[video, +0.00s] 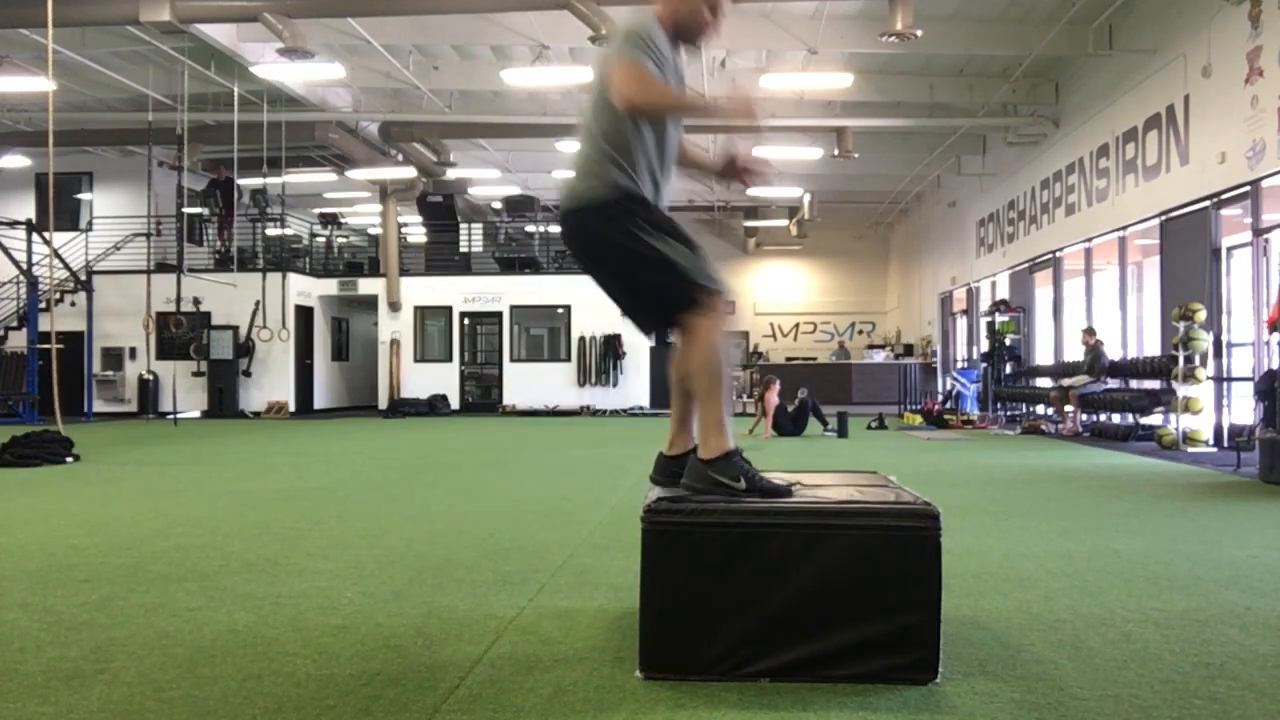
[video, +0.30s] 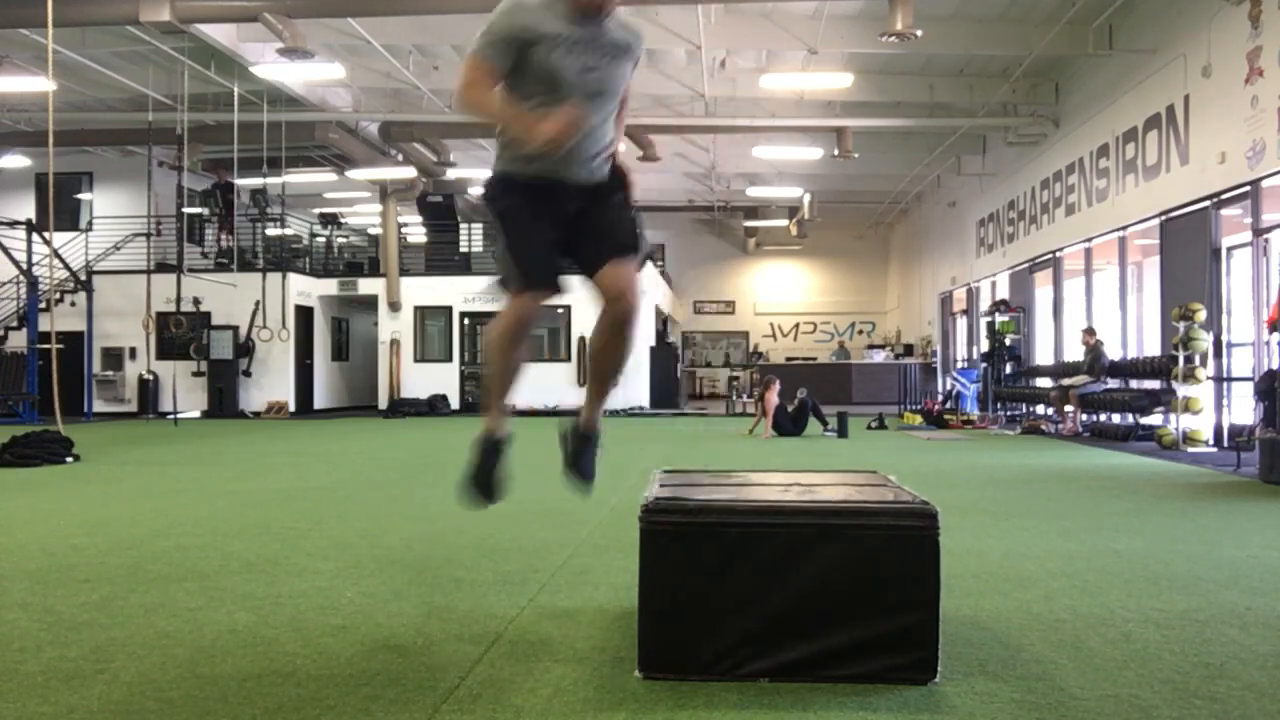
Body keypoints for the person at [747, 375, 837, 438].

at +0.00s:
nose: (779, 387)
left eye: (779, 384)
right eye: (777, 385)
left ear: (769, 386)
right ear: (772, 386)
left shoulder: (765, 396)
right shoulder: (771, 397)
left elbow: (759, 415)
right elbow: (769, 416)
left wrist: (751, 429)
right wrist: (767, 433)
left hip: (785, 430)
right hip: (793, 431)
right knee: (808, 401)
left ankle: (799, 402)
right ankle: (826, 426)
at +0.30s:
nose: (779, 387)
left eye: (778, 384)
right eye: (777, 384)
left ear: (768, 386)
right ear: (772, 386)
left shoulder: (765, 396)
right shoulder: (771, 396)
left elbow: (759, 415)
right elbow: (769, 416)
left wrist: (751, 430)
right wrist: (767, 433)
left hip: (785, 430)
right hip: (792, 431)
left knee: (808, 401)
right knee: (807, 402)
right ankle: (826, 426)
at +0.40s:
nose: (779, 387)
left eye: (778, 384)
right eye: (777, 384)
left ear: (768, 386)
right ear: (772, 386)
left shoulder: (765, 396)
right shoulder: (771, 396)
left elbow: (759, 415)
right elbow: (769, 416)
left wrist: (751, 430)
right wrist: (767, 433)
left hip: (785, 429)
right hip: (792, 431)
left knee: (809, 401)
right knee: (807, 401)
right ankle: (826, 426)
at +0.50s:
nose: (779, 387)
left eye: (778, 384)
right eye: (778, 384)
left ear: (767, 385)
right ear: (772, 385)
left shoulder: (765, 396)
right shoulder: (771, 396)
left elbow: (759, 416)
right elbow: (769, 416)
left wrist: (751, 430)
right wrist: (767, 433)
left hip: (785, 430)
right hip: (793, 430)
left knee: (808, 401)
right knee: (806, 401)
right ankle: (826, 426)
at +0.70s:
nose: (779, 387)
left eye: (779, 385)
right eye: (778, 385)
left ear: (767, 386)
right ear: (772, 385)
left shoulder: (764, 396)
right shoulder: (772, 396)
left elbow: (759, 415)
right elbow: (769, 416)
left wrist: (750, 430)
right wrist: (767, 433)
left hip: (784, 430)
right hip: (793, 430)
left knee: (781, 406)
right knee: (806, 400)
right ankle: (826, 426)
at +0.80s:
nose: (779, 387)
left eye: (779, 385)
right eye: (778, 385)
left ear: (767, 386)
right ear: (773, 385)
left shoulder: (764, 396)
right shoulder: (772, 396)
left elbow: (759, 415)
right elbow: (769, 416)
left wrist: (750, 430)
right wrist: (767, 433)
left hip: (784, 430)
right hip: (793, 431)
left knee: (782, 407)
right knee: (806, 399)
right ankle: (826, 426)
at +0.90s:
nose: (779, 387)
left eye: (779, 384)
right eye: (778, 385)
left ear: (767, 385)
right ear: (773, 385)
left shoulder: (764, 396)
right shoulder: (772, 396)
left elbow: (759, 415)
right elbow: (769, 416)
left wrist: (750, 430)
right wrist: (767, 433)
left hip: (784, 430)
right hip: (793, 430)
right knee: (806, 400)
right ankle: (826, 426)